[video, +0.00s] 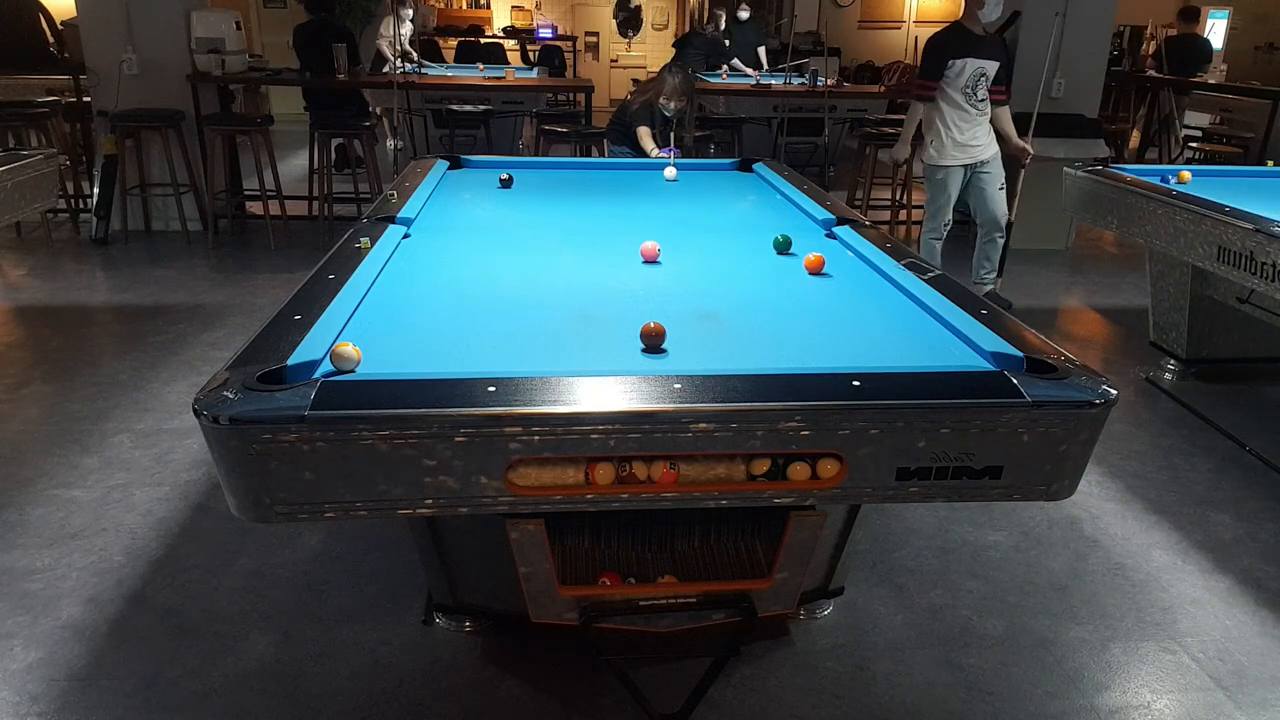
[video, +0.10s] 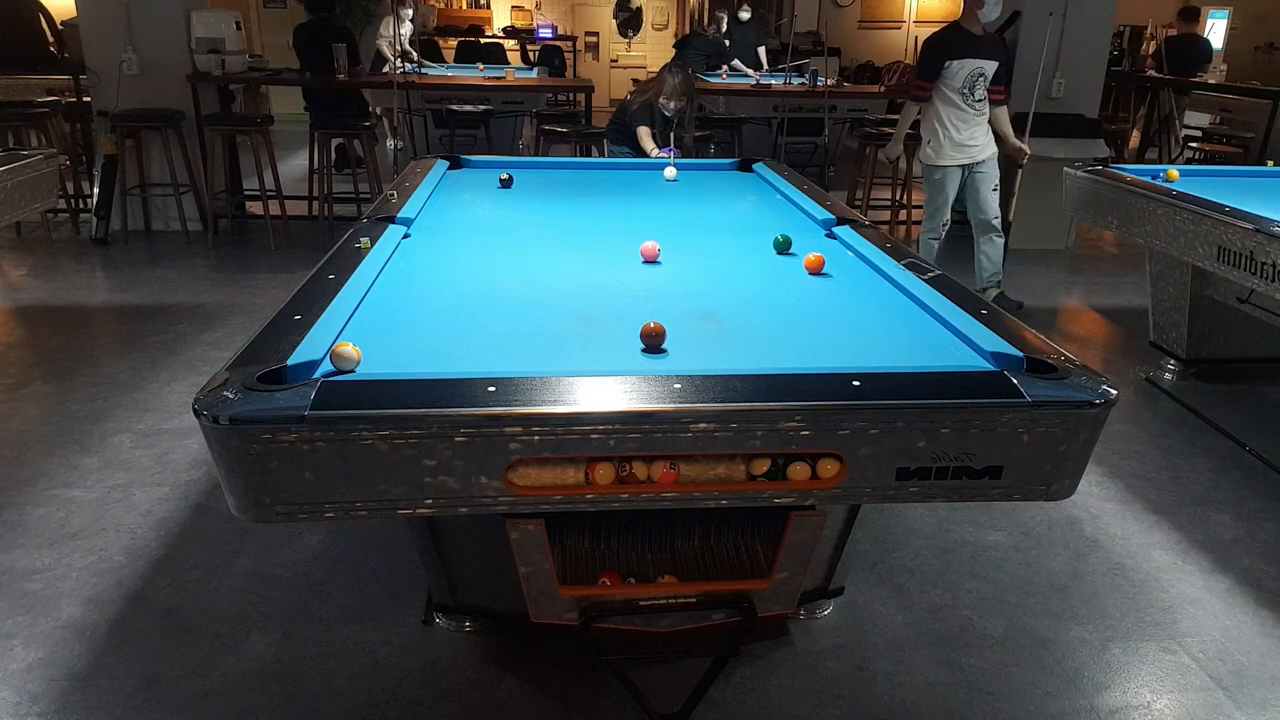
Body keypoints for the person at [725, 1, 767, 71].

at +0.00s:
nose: (743, 13)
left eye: (746, 10)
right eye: (740, 10)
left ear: (750, 12)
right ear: (736, 11)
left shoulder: (756, 26)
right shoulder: (731, 25)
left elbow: (761, 46)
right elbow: (726, 45)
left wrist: (765, 66)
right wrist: (724, 63)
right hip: (733, 69)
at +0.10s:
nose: (744, 14)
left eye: (747, 11)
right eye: (742, 11)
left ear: (751, 13)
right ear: (737, 11)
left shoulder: (756, 25)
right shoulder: (731, 23)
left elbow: (761, 46)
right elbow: (726, 43)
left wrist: (765, 66)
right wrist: (724, 64)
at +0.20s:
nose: (745, 15)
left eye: (748, 12)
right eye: (743, 11)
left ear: (752, 12)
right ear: (738, 11)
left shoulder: (756, 25)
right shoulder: (732, 24)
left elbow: (761, 46)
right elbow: (726, 43)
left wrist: (765, 66)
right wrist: (724, 63)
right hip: (733, 69)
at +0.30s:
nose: (746, 15)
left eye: (749, 12)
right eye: (744, 12)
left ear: (753, 12)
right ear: (739, 12)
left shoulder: (757, 26)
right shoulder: (732, 24)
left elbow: (761, 46)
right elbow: (726, 43)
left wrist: (765, 66)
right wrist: (724, 63)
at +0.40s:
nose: (748, 16)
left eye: (751, 13)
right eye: (745, 13)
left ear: (754, 13)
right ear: (739, 12)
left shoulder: (756, 25)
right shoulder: (732, 25)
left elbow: (761, 46)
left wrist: (765, 66)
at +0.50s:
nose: (749, 16)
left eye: (751, 13)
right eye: (746, 13)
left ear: (755, 13)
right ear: (741, 12)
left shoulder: (757, 25)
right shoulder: (732, 24)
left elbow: (761, 46)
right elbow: (725, 44)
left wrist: (765, 65)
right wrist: (724, 63)